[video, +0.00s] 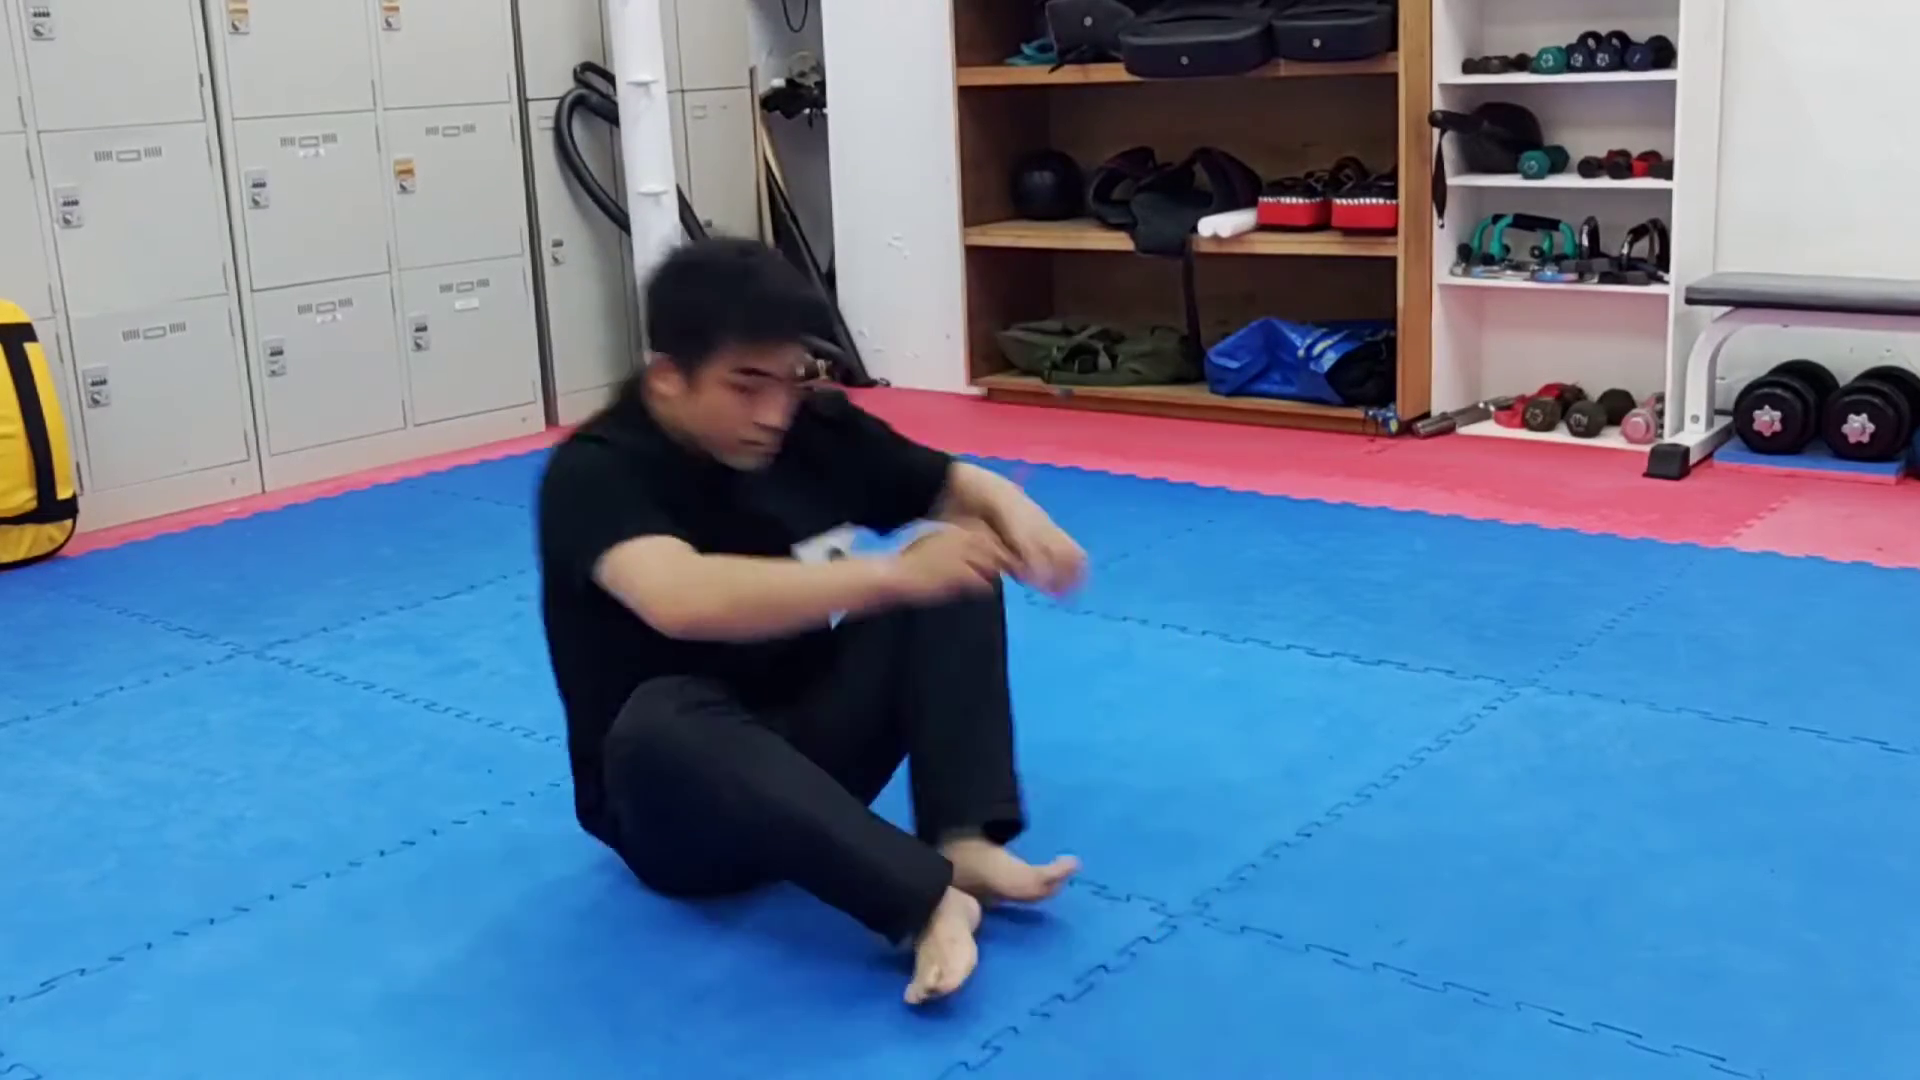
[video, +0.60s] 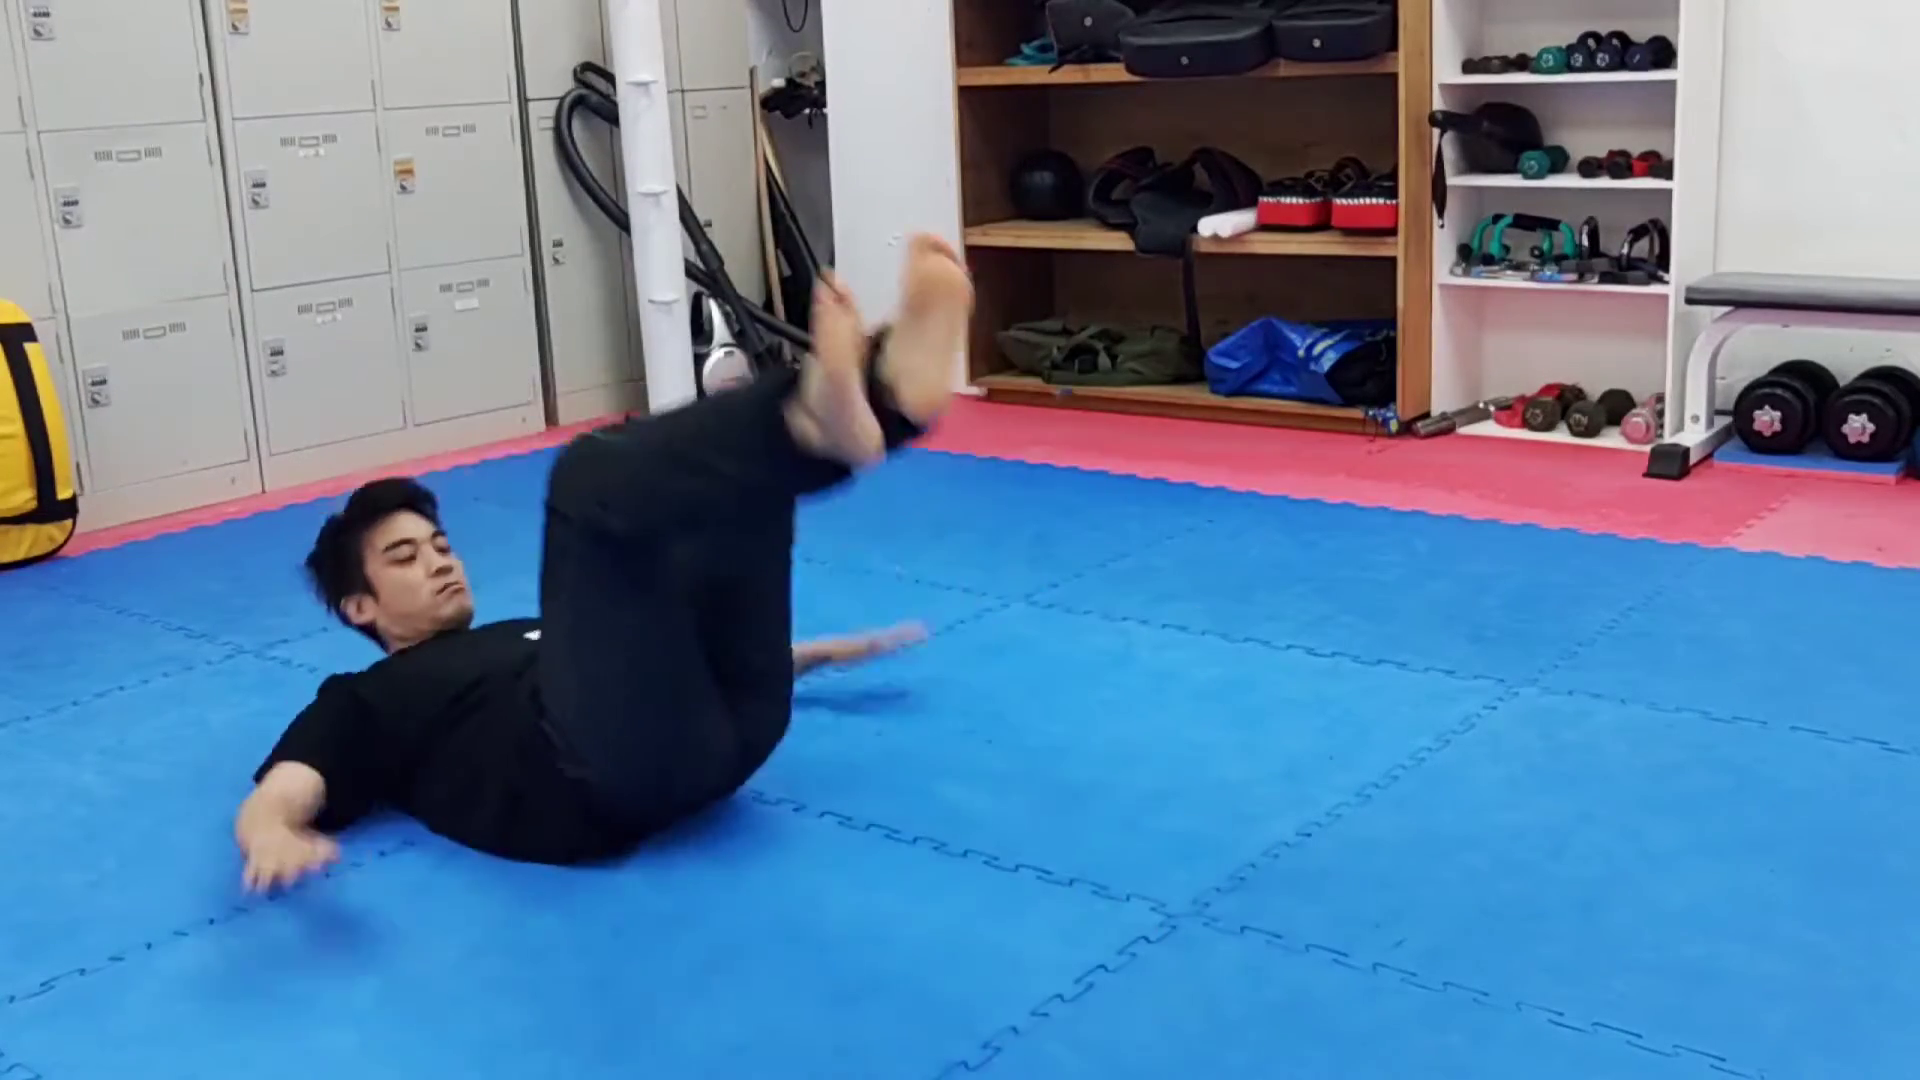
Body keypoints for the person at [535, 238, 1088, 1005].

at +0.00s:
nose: (776, 415)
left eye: (793, 383)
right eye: (747, 386)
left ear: (809, 374)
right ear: (666, 380)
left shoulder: (814, 430)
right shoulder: (593, 473)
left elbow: (960, 489)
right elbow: (682, 598)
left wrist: (1012, 512)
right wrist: (892, 577)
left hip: (819, 757)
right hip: (684, 812)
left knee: (956, 561)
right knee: (661, 724)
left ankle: (961, 838)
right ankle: (927, 904)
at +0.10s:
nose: (667, 394)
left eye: (679, 365)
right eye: (636, 370)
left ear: (693, 357)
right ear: (560, 375)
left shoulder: (717, 428)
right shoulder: (506, 481)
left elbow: (838, 477)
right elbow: (602, 564)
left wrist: (878, 464)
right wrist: (783, 472)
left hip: (806, 747)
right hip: (669, 817)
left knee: (953, 583)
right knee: (702, 707)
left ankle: (1051, 839)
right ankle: (971, 907)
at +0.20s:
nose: (590, 421)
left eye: (599, 394)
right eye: (554, 403)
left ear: (615, 386)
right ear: (482, 420)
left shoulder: (667, 464)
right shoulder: (447, 524)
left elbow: (805, 495)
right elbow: (535, 542)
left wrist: (809, 441)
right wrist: (691, 430)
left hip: (779, 740)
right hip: (647, 811)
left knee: (945, 591)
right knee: (739, 682)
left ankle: (1109, 805)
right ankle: (1007, 885)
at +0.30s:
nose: (527, 464)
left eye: (539, 440)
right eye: (495, 449)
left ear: (552, 436)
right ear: (432, 470)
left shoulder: (612, 519)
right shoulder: (405, 577)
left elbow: (752, 508)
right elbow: (449, 574)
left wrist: (754, 439)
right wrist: (587, 435)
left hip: (763, 744)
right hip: (642, 809)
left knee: (911, 576)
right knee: (743, 652)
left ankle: (1110, 728)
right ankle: (1009, 823)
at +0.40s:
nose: (485, 514)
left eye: (495, 488)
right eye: (450, 500)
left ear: (514, 492)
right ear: (399, 530)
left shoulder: (591, 567)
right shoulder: (407, 641)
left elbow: (704, 571)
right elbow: (346, 672)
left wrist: (758, 498)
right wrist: (474, 530)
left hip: (761, 747)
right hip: (644, 802)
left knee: (855, 531)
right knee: (701, 598)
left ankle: (1054, 599)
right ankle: (962, 709)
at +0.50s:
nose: (461, 541)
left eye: (463, 522)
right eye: (427, 534)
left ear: (481, 535)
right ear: (376, 579)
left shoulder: (557, 611)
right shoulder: (370, 673)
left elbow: (666, 625)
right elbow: (283, 802)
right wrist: (343, 746)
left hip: (744, 746)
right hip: (630, 791)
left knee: (790, 473)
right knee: (647, 525)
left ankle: (968, 474)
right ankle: (879, 560)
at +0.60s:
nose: (439, 562)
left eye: (440, 547)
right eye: (408, 556)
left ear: (458, 564)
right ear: (362, 607)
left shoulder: (519, 641)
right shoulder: (359, 700)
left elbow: (659, 649)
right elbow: (273, 801)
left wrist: (818, 655)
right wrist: (275, 838)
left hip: (713, 737)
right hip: (598, 777)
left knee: (722, 468)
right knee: (588, 477)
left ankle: (893, 391)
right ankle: (802, 427)